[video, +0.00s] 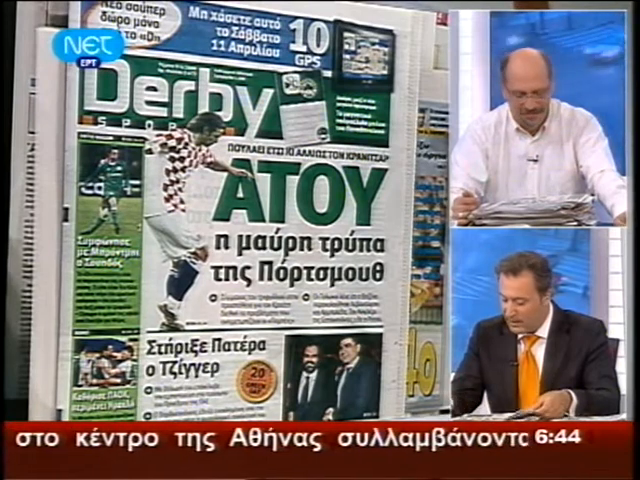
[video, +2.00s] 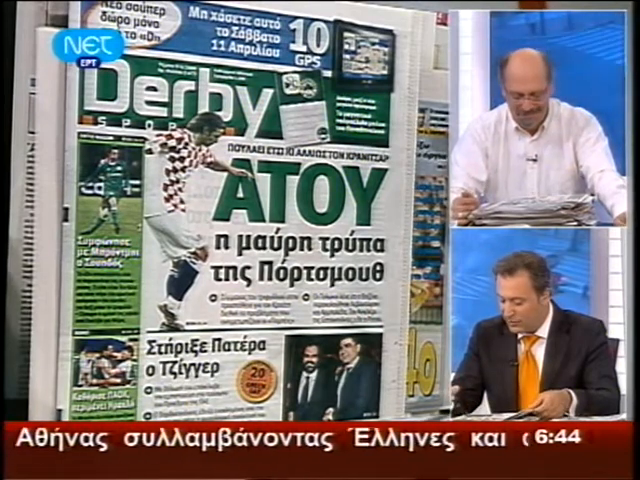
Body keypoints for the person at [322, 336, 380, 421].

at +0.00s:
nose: (343, 351)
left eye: (347, 346)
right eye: (341, 348)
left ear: (358, 348)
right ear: (339, 351)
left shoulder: (367, 368)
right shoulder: (341, 371)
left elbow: (361, 407)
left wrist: (335, 416)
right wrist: (332, 410)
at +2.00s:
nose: (343, 351)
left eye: (347, 346)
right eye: (341, 348)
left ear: (358, 348)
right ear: (339, 351)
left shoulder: (367, 368)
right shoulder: (341, 371)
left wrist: (336, 416)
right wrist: (331, 410)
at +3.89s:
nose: (343, 351)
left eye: (347, 346)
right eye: (341, 348)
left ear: (358, 348)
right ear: (339, 351)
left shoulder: (367, 368)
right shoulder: (342, 371)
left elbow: (360, 408)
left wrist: (335, 415)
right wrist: (332, 411)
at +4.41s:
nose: (342, 351)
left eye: (347, 346)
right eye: (341, 348)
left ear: (358, 348)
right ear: (339, 351)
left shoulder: (367, 368)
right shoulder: (341, 371)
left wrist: (336, 415)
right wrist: (332, 411)